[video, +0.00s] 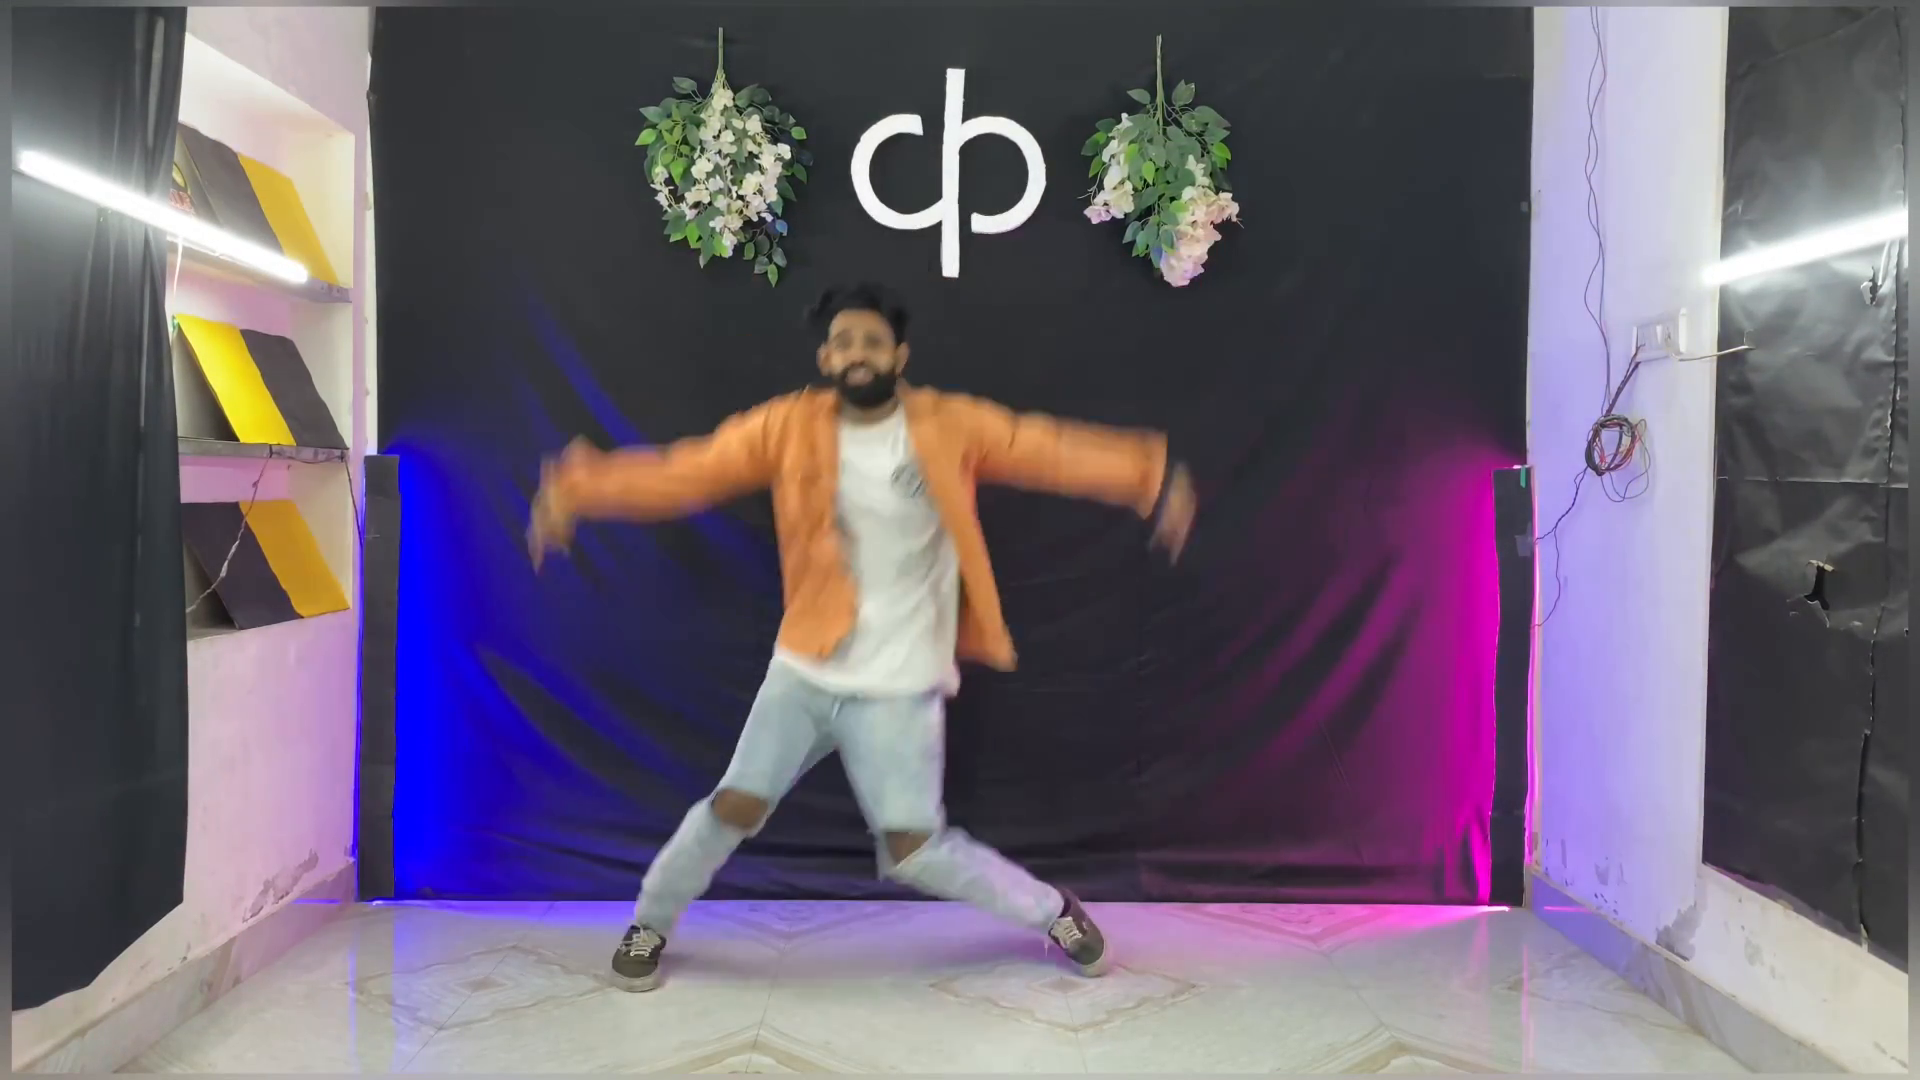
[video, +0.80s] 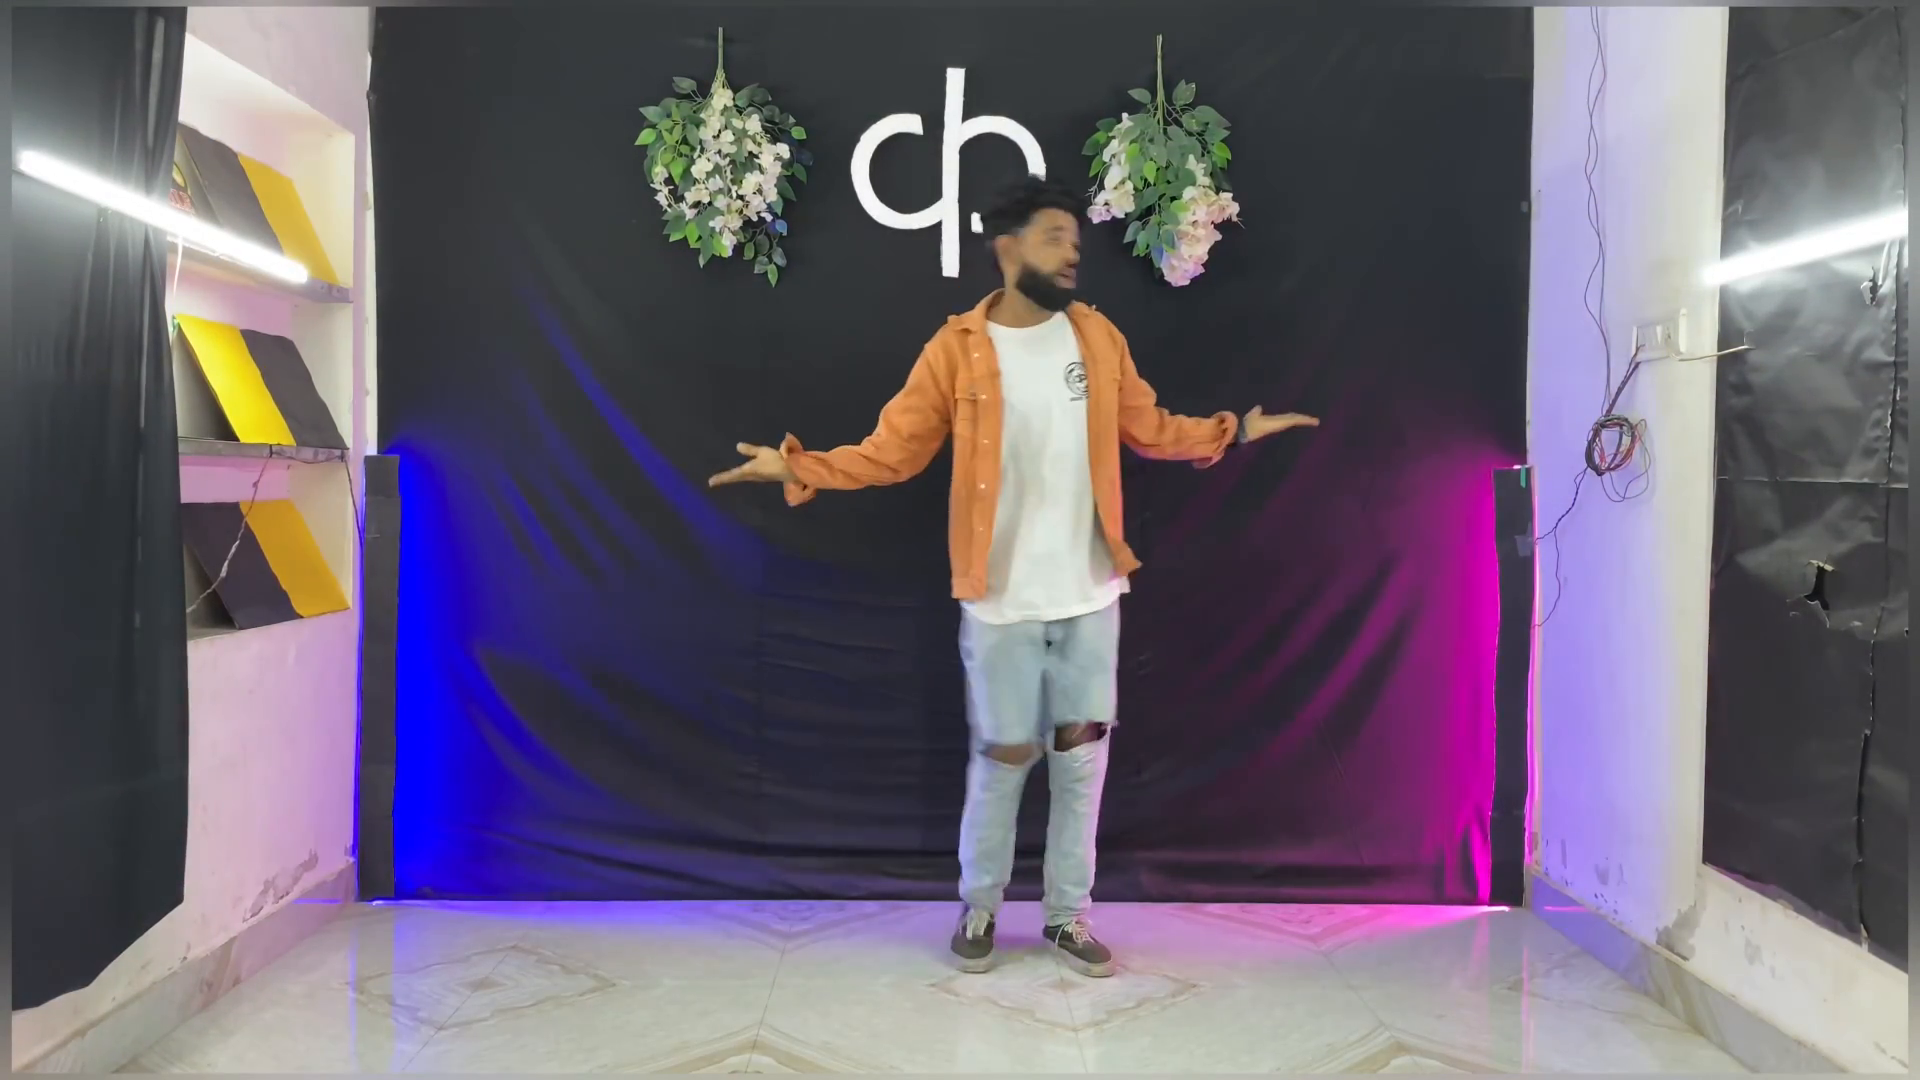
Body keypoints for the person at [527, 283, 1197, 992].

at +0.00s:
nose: (855, 356)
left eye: (871, 343)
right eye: (841, 344)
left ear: (901, 352)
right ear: (823, 358)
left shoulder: (950, 426)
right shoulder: (791, 427)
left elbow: (1051, 449)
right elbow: (685, 472)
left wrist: (1149, 470)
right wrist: (580, 484)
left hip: (902, 679)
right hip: (804, 667)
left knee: (912, 856)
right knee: (734, 808)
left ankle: (1054, 914)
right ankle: (648, 926)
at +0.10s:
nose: (852, 384)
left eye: (866, 371)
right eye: (836, 371)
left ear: (892, 385)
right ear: (815, 388)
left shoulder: (940, 468)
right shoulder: (788, 465)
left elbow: (1008, 555)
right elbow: (729, 563)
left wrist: (1082, 632)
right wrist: (655, 641)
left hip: (902, 697)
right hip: (805, 688)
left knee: (907, 866)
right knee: (750, 831)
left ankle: (1052, 918)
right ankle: (648, 934)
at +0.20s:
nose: (882, 372)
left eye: (896, 358)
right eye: (866, 359)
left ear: (920, 370)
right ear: (842, 374)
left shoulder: (963, 449)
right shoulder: (818, 452)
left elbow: (991, 559)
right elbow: (805, 559)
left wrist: (1007, 664)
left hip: (948, 679)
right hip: (854, 684)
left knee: (965, 825)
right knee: (789, 825)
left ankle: (1060, 924)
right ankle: (661, 928)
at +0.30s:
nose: (928, 347)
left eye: (942, 333)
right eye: (912, 333)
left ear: (965, 343)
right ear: (887, 344)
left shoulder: (1002, 405)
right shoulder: (869, 417)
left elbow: (1019, 520)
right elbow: (872, 533)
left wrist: (963, 595)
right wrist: (940, 545)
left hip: (1003, 632)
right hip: (909, 640)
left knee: (1034, 777)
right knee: (857, 791)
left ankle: (1062, 921)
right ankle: (722, 909)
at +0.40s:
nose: (963, 312)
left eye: (977, 299)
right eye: (947, 298)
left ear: (1001, 310)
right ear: (923, 312)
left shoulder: (1035, 377)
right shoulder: (901, 383)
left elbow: (1086, 481)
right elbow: (856, 498)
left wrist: (1069, 481)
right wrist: (889, 445)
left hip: (1029, 605)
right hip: (939, 603)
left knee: (1060, 764)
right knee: (920, 751)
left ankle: (1066, 915)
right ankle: (882, 886)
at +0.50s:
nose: (992, 264)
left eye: (1006, 252)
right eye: (975, 251)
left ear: (1026, 268)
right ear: (948, 268)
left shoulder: (1059, 346)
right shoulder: (912, 350)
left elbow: (1107, 443)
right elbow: (872, 449)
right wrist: (819, 416)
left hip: (1046, 587)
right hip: (952, 589)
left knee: (1073, 747)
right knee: (945, 742)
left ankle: (1068, 910)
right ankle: (989, 867)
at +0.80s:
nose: (1071, 253)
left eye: (1075, 239)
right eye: (1054, 238)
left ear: (1076, 248)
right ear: (1003, 246)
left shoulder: (1097, 337)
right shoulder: (959, 347)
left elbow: (1151, 429)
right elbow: (896, 449)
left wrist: (1240, 428)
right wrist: (797, 465)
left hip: (1090, 586)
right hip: (999, 591)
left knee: (1082, 752)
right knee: (1004, 753)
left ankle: (1068, 915)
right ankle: (979, 910)